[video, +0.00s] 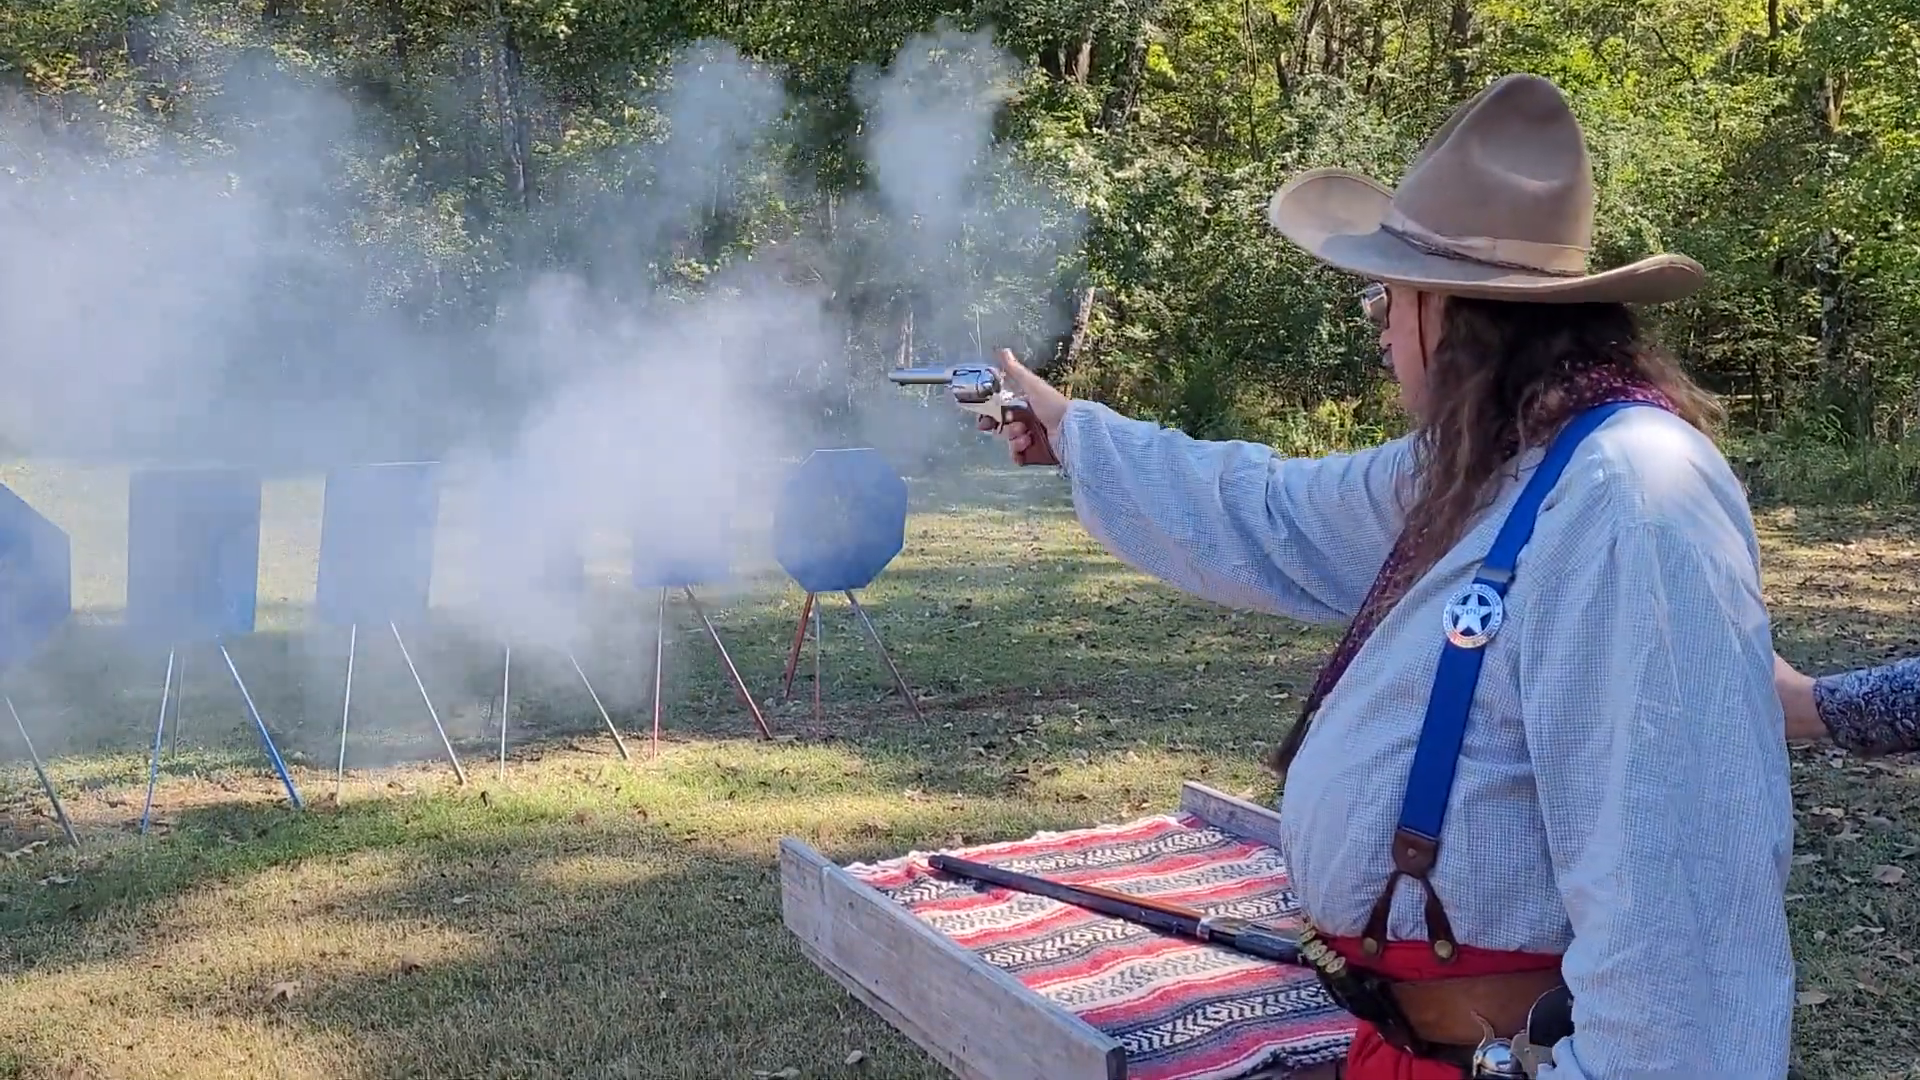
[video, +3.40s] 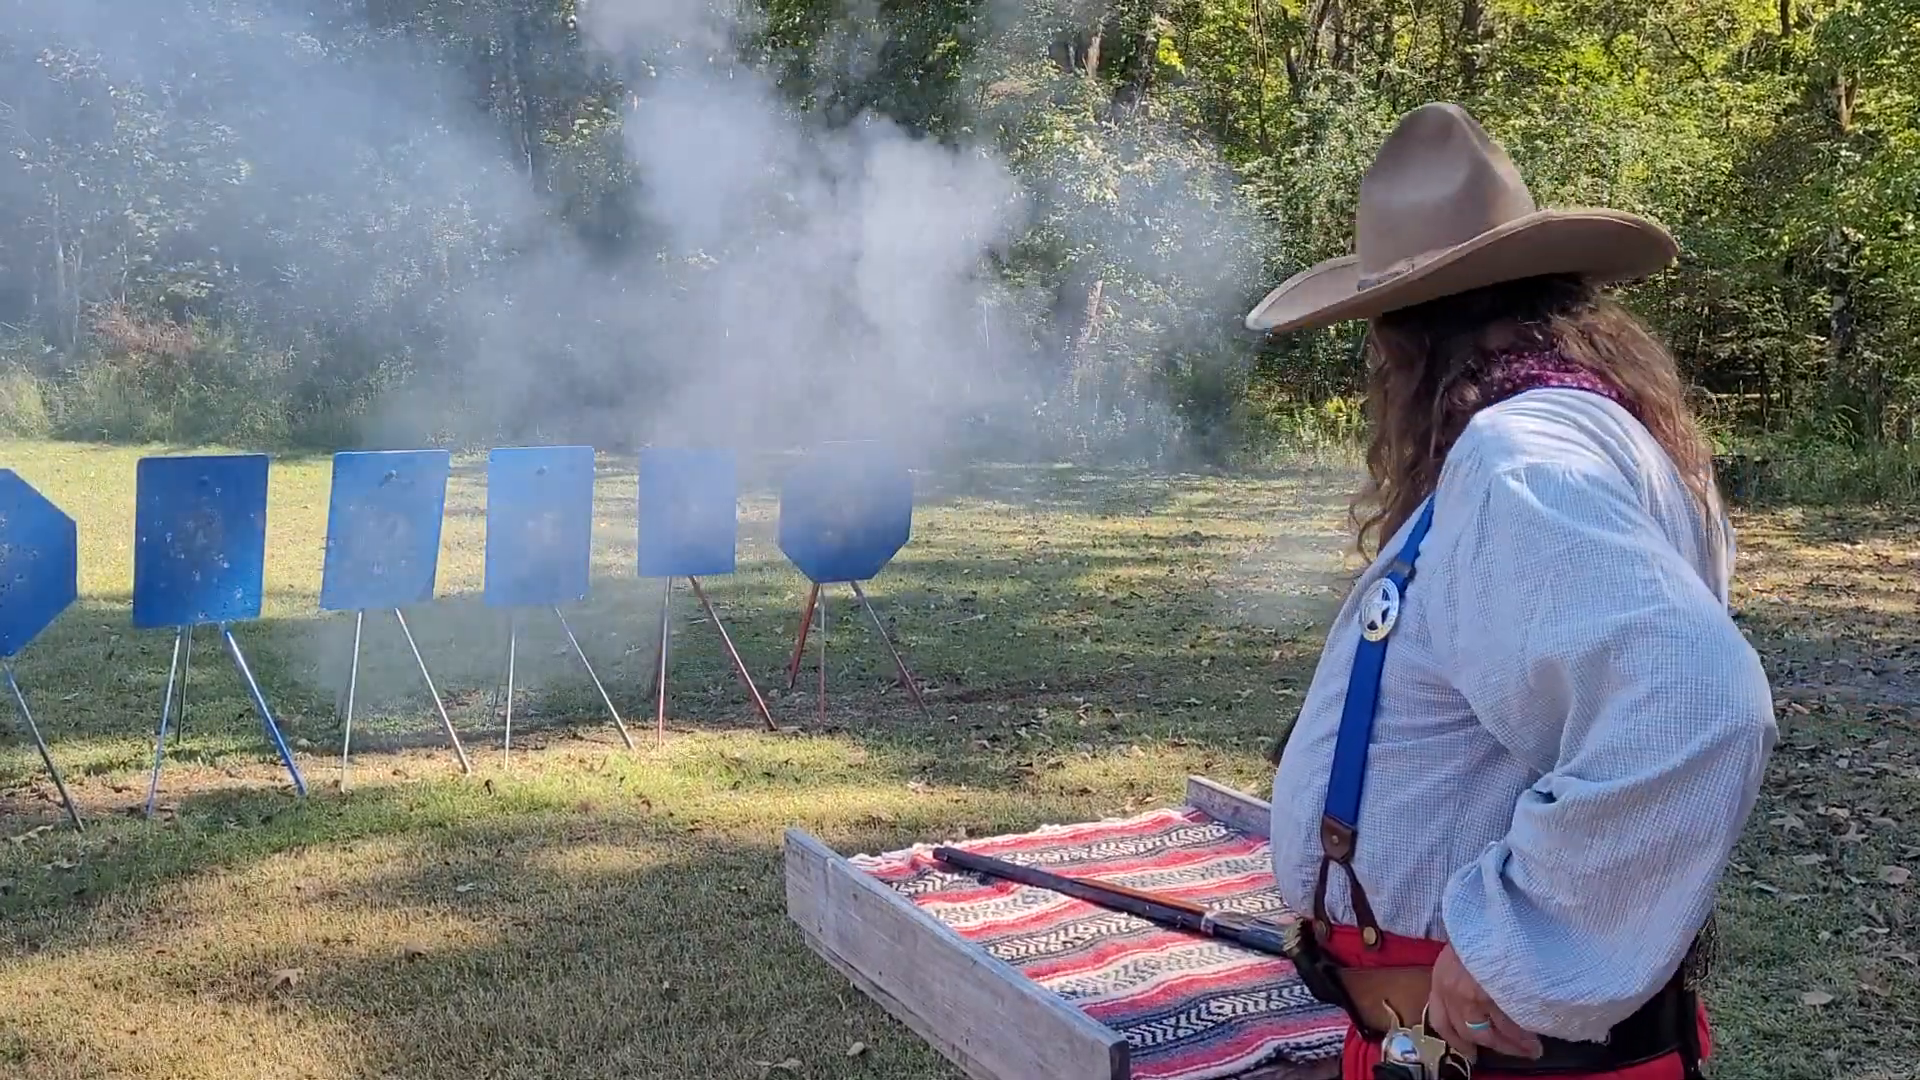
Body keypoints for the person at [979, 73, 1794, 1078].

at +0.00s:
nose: (1375, 319)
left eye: (1392, 291)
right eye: (1381, 290)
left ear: (1465, 313)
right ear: (1495, 315)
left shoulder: (1640, 494)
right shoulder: (1469, 464)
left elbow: (1680, 920)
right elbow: (1265, 509)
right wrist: (1067, 428)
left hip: (1502, 1037)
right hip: (1379, 992)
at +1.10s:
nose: (1403, 318)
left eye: (1412, 292)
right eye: (1407, 291)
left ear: (1461, 313)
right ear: (1540, 307)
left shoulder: (1602, 492)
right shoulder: (1512, 462)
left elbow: (1620, 910)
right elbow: (1351, 554)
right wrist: (1180, 509)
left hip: (1485, 1033)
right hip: (1410, 1006)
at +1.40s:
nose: (1404, 323)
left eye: (1415, 300)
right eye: (1406, 297)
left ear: (1451, 318)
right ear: (1554, 309)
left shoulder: (1562, 488)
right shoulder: (1530, 453)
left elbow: (1550, 886)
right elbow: (1388, 511)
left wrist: (1476, 1058)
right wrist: (1278, 448)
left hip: (1485, 1017)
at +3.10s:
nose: (1409, 335)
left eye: (1420, 309)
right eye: (1412, 306)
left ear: (1462, 323)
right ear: (1572, 310)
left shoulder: (1548, 478)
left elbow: (1596, 811)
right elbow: (1412, 507)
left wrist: (1437, 1047)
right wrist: (1306, 423)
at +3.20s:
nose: (1403, 334)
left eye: (1415, 308)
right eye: (1407, 306)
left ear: (1459, 320)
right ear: (1572, 307)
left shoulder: (1543, 465)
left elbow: (1672, 763)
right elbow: (1429, 519)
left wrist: (1467, 985)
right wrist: (1332, 457)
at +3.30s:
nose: (1388, 345)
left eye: (1395, 318)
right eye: (1389, 317)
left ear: (1435, 326)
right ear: (1564, 307)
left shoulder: (1523, 456)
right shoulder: (1597, 427)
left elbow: (1695, 719)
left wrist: (1489, 953)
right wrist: (1398, 513)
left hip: (1489, 1045)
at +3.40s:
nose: (1370, 364)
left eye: (1376, 334)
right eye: (1368, 333)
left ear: (1410, 336)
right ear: (1536, 309)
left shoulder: (1512, 461)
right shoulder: (1611, 437)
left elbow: (1694, 709)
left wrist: (1502, 941)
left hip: (1486, 1048)